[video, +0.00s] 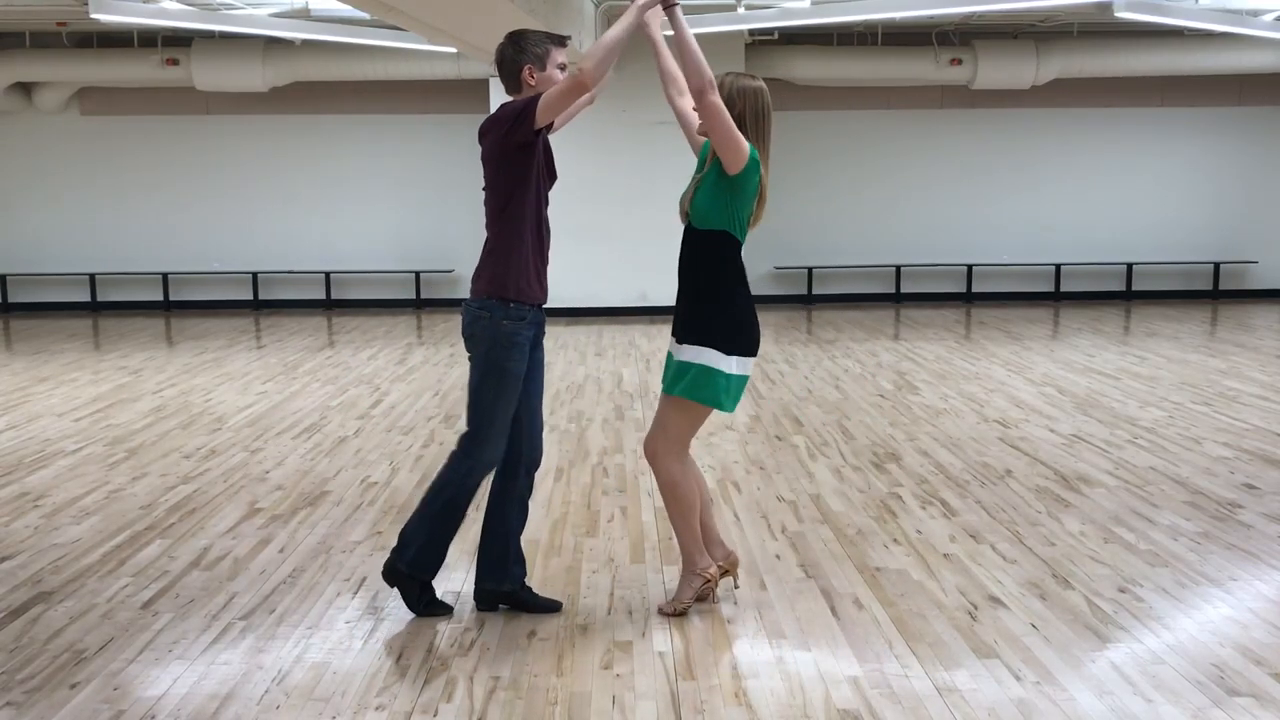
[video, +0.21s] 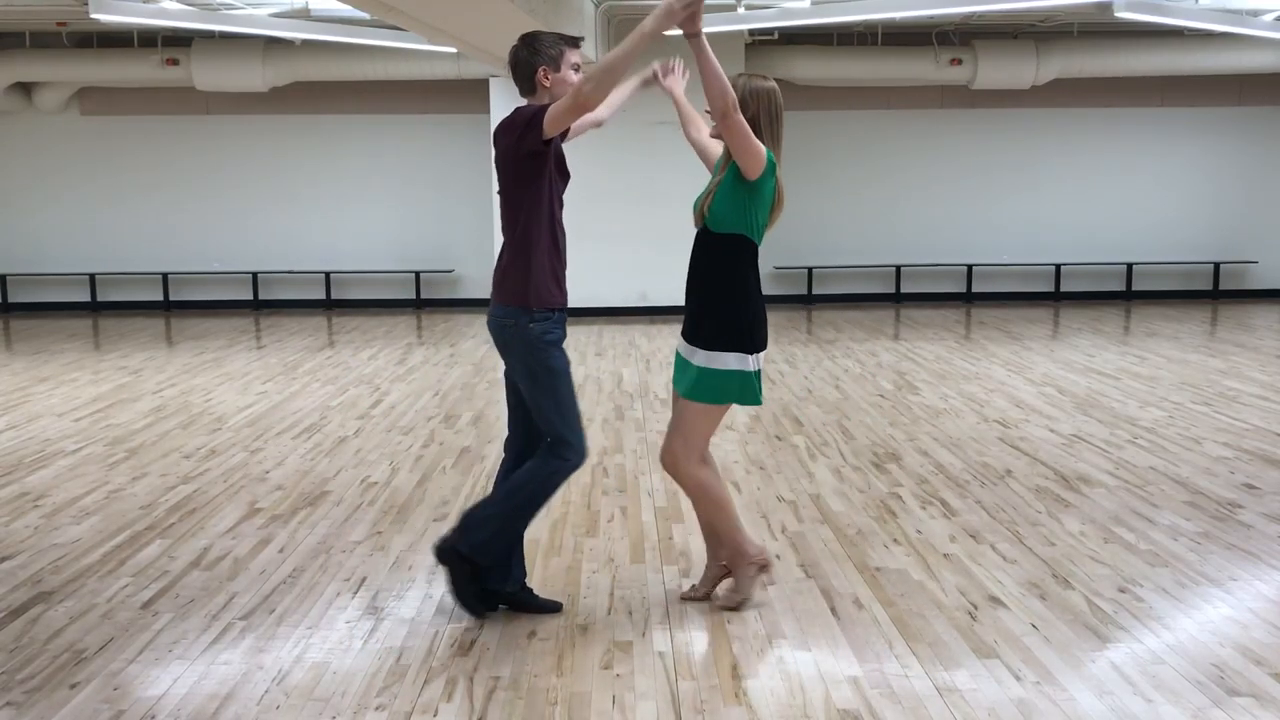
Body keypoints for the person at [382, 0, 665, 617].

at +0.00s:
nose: (570, 80)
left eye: (570, 69)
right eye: (563, 69)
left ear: (534, 77)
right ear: (531, 74)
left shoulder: (530, 128)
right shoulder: (506, 123)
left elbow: (587, 90)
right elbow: (583, 79)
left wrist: (640, 21)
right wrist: (631, 15)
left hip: (525, 317)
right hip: (497, 316)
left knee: (523, 454)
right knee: (483, 448)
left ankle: (498, 582)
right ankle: (410, 565)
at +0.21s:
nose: (586, 79)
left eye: (585, 69)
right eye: (578, 70)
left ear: (549, 78)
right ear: (548, 77)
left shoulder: (541, 134)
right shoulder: (520, 128)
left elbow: (597, 116)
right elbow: (586, 93)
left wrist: (645, 75)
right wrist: (657, 21)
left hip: (532, 314)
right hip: (526, 316)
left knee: (527, 447)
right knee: (566, 449)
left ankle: (499, 580)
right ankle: (466, 549)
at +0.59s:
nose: (636, 72)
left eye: (634, 62)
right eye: (628, 62)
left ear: (599, 72)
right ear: (597, 69)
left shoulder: (587, 132)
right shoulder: (583, 127)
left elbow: (583, 229)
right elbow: (583, 194)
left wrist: (634, 259)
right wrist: (653, 219)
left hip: (579, 308)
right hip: (594, 312)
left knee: (575, 439)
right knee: (622, 446)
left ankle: (513, 564)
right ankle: (610, 588)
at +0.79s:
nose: (660, 78)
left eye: (659, 68)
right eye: (652, 68)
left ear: (624, 75)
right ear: (623, 74)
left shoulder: (619, 137)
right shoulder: (605, 137)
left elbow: (613, 235)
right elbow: (593, 231)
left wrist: (658, 300)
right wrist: (652, 300)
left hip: (631, 316)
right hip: (620, 317)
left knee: (670, 439)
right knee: (641, 448)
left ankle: (600, 555)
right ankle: (611, 589)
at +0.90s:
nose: (673, 79)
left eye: (671, 69)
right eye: (666, 69)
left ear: (640, 75)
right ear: (636, 73)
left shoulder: (629, 139)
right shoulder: (616, 139)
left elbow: (622, 238)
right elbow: (604, 237)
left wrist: (669, 300)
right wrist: (671, 301)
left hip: (647, 318)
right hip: (631, 320)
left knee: (690, 438)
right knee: (659, 446)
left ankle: (687, 571)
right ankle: (613, 583)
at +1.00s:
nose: (678, 79)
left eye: (678, 69)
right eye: (672, 69)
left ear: (647, 74)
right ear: (643, 72)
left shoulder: (636, 137)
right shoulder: (621, 137)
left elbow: (630, 238)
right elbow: (613, 240)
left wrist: (684, 288)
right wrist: (685, 283)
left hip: (659, 313)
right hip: (639, 315)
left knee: (700, 435)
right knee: (673, 443)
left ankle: (700, 569)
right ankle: (617, 577)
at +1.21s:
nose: (679, 82)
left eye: (678, 72)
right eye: (672, 71)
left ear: (647, 76)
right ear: (642, 73)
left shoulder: (637, 139)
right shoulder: (620, 140)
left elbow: (634, 237)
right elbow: (617, 243)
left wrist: (686, 269)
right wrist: (692, 264)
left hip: (665, 309)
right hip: (644, 313)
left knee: (702, 436)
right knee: (688, 439)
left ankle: (699, 568)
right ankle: (625, 573)